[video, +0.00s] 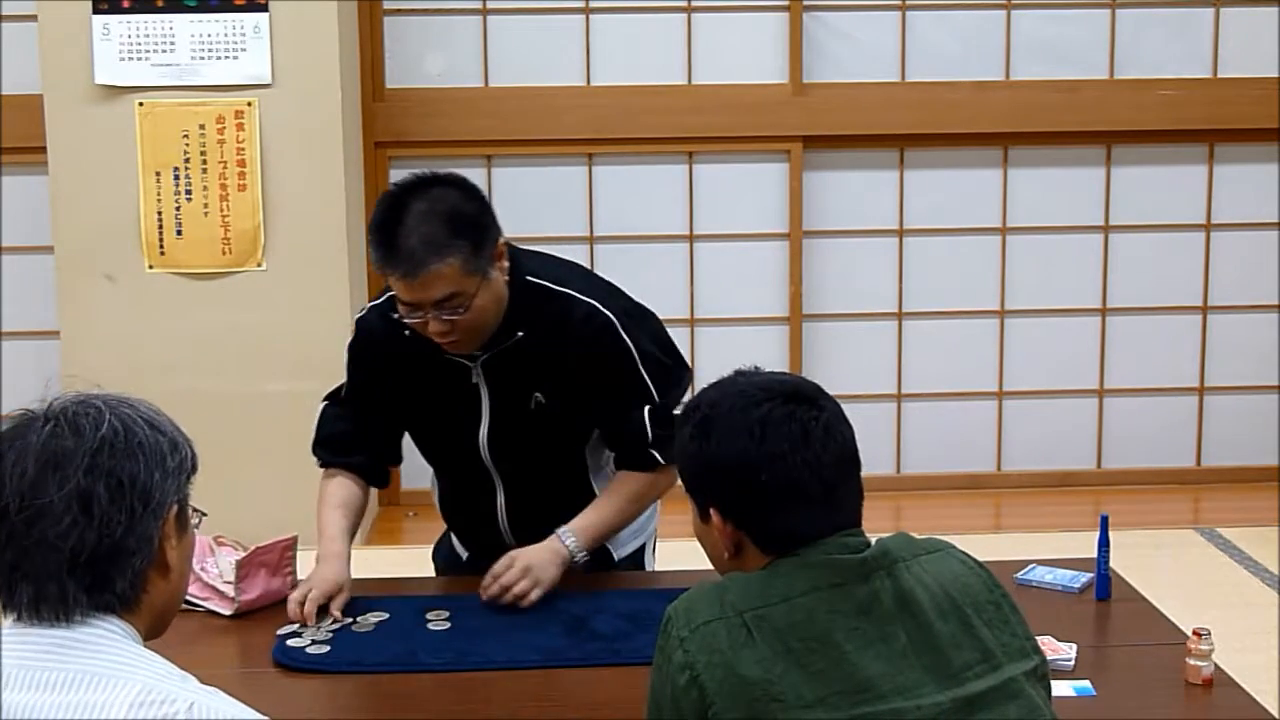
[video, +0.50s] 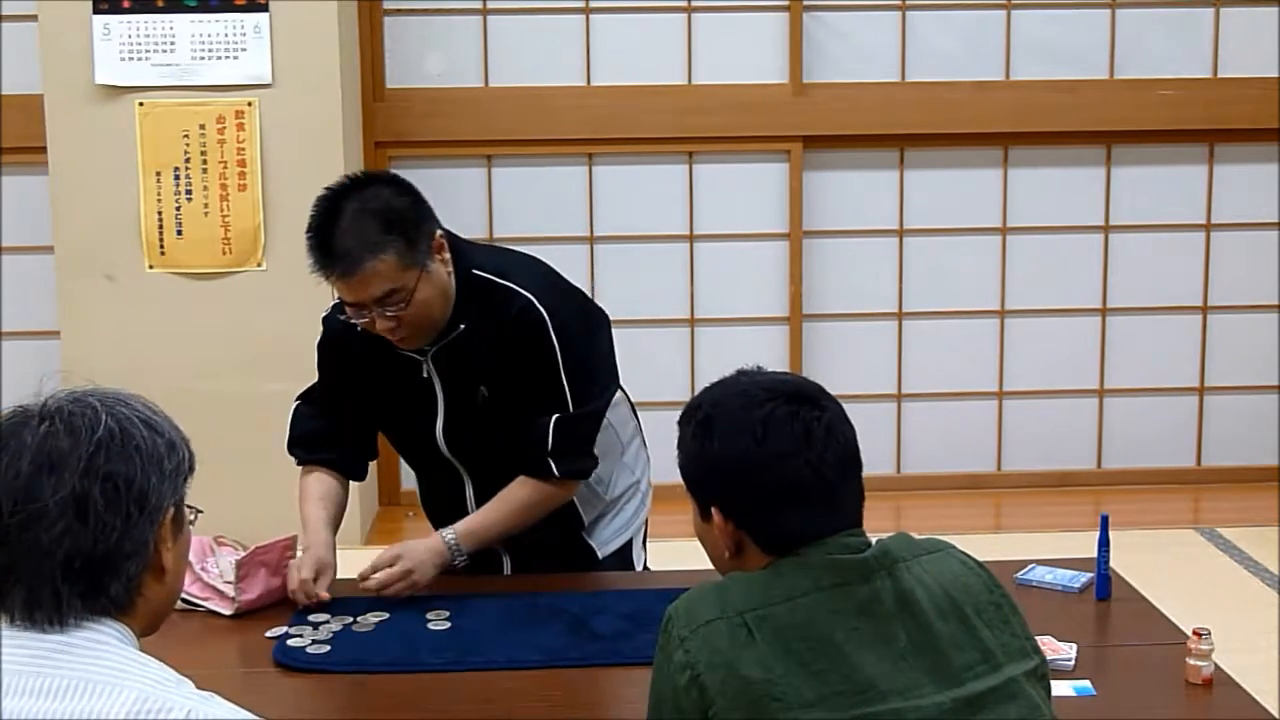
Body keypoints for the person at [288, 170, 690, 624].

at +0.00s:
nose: (435, 326)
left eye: (453, 304)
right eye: (412, 309)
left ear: (499, 262)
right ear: (390, 283)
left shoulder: (593, 320)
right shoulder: (383, 336)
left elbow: (657, 452)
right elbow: (351, 450)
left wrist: (560, 547)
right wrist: (332, 556)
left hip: (597, 559)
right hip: (472, 559)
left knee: (594, 704)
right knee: (464, 706)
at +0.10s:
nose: (414, 327)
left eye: (430, 305)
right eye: (392, 310)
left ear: (479, 260)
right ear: (372, 283)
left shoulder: (571, 318)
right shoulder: (370, 331)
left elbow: (623, 467)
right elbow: (330, 446)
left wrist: (515, 546)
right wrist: (312, 555)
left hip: (590, 551)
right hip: (469, 553)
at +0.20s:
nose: (403, 326)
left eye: (418, 305)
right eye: (382, 310)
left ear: (468, 258)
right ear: (363, 284)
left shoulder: (561, 319)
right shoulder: (364, 332)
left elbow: (594, 475)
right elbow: (329, 444)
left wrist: (476, 546)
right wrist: (309, 540)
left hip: (585, 536)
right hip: (469, 546)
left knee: (591, 699)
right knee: (482, 695)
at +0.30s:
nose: (396, 325)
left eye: (409, 302)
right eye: (373, 309)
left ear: (457, 255)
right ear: (354, 286)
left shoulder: (553, 317)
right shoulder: (359, 330)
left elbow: (564, 477)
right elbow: (329, 447)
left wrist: (448, 548)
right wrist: (313, 542)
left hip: (583, 525)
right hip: (468, 532)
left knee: (587, 692)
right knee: (483, 688)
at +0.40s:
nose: (387, 325)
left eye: (400, 301)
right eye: (364, 308)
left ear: (447, 252)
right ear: (344, 285)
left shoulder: (546, 314)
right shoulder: (353, 328)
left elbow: (561, 473)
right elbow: (328, 444)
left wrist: (446, 546)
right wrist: (317, 542)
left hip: (581, 521)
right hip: (464, 529)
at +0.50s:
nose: (381, 325)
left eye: (393, 301)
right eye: (359, 310)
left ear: (440, 253)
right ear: (339, 288)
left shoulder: (539, 311)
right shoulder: (349, 331)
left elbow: (562, 470)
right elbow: (326, 442)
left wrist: (447, 545)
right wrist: (317, 538)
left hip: (580, 520)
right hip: (464, 528)